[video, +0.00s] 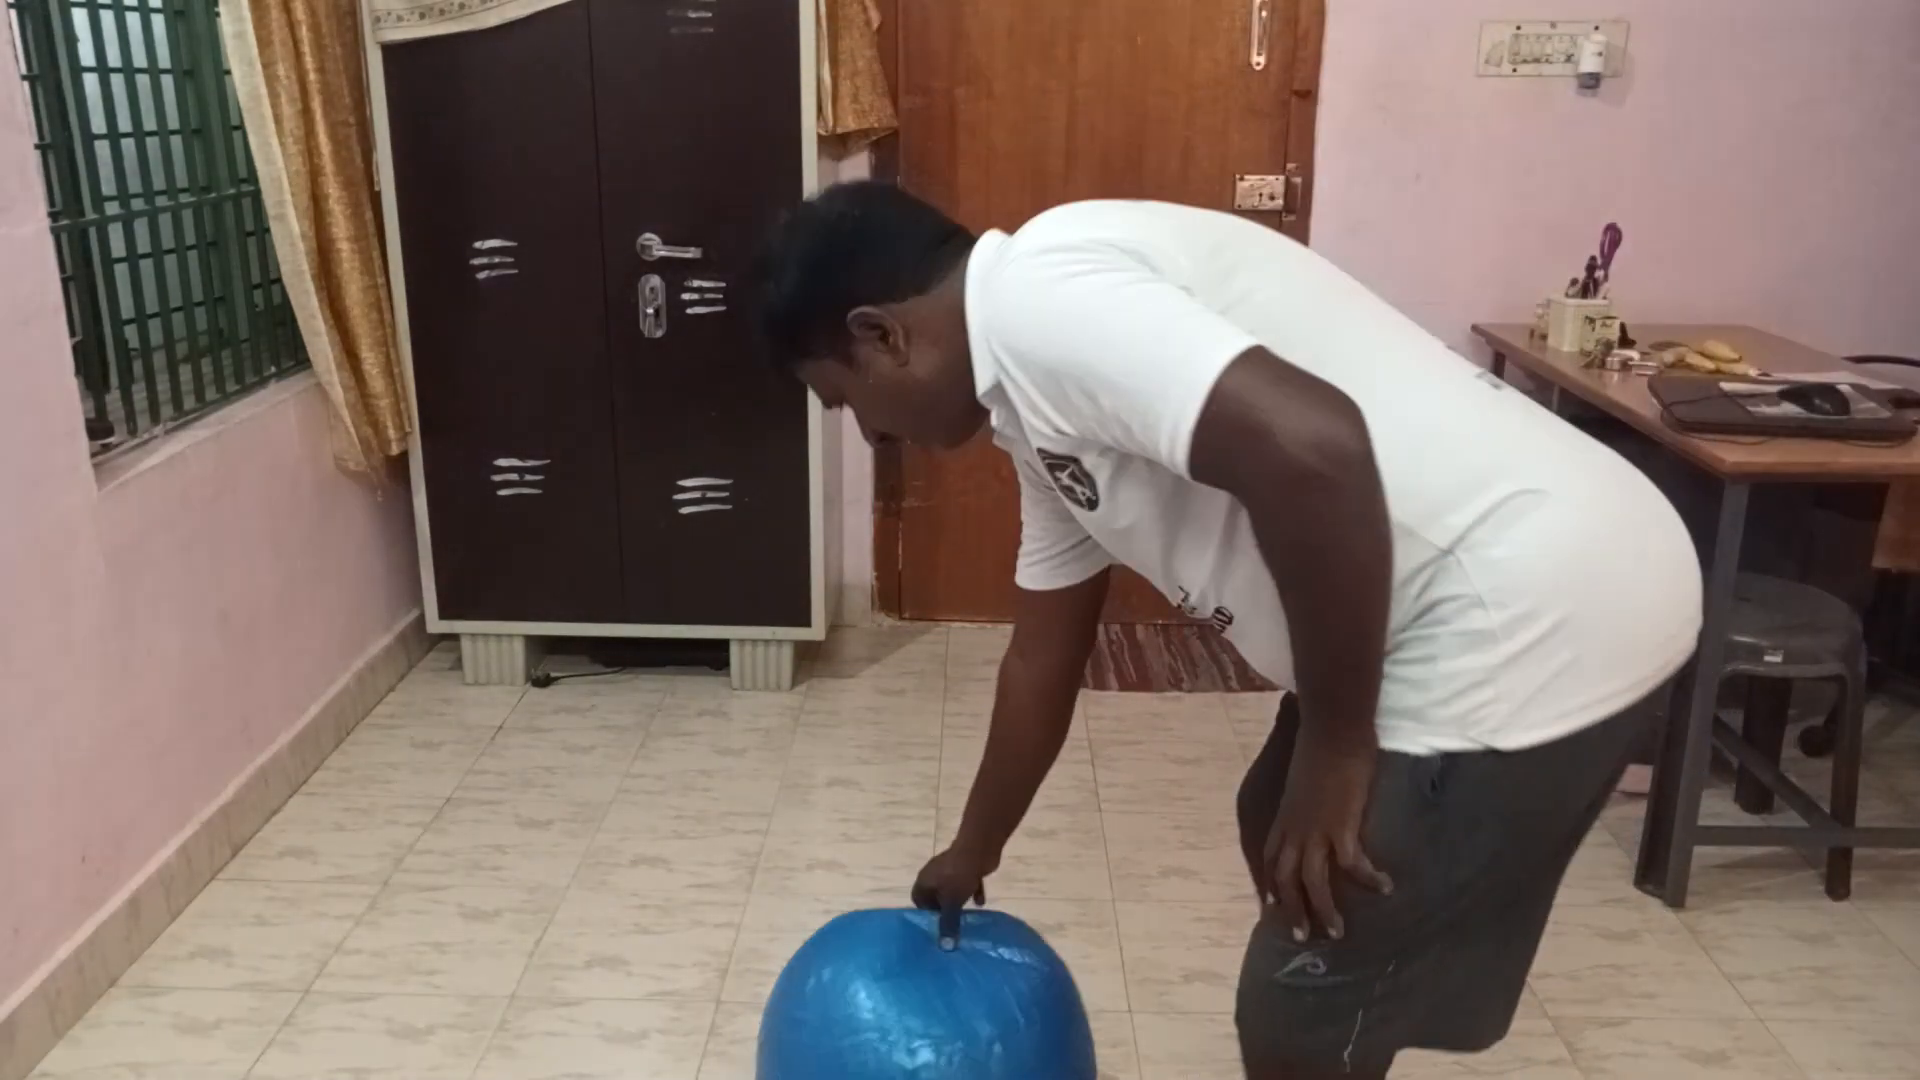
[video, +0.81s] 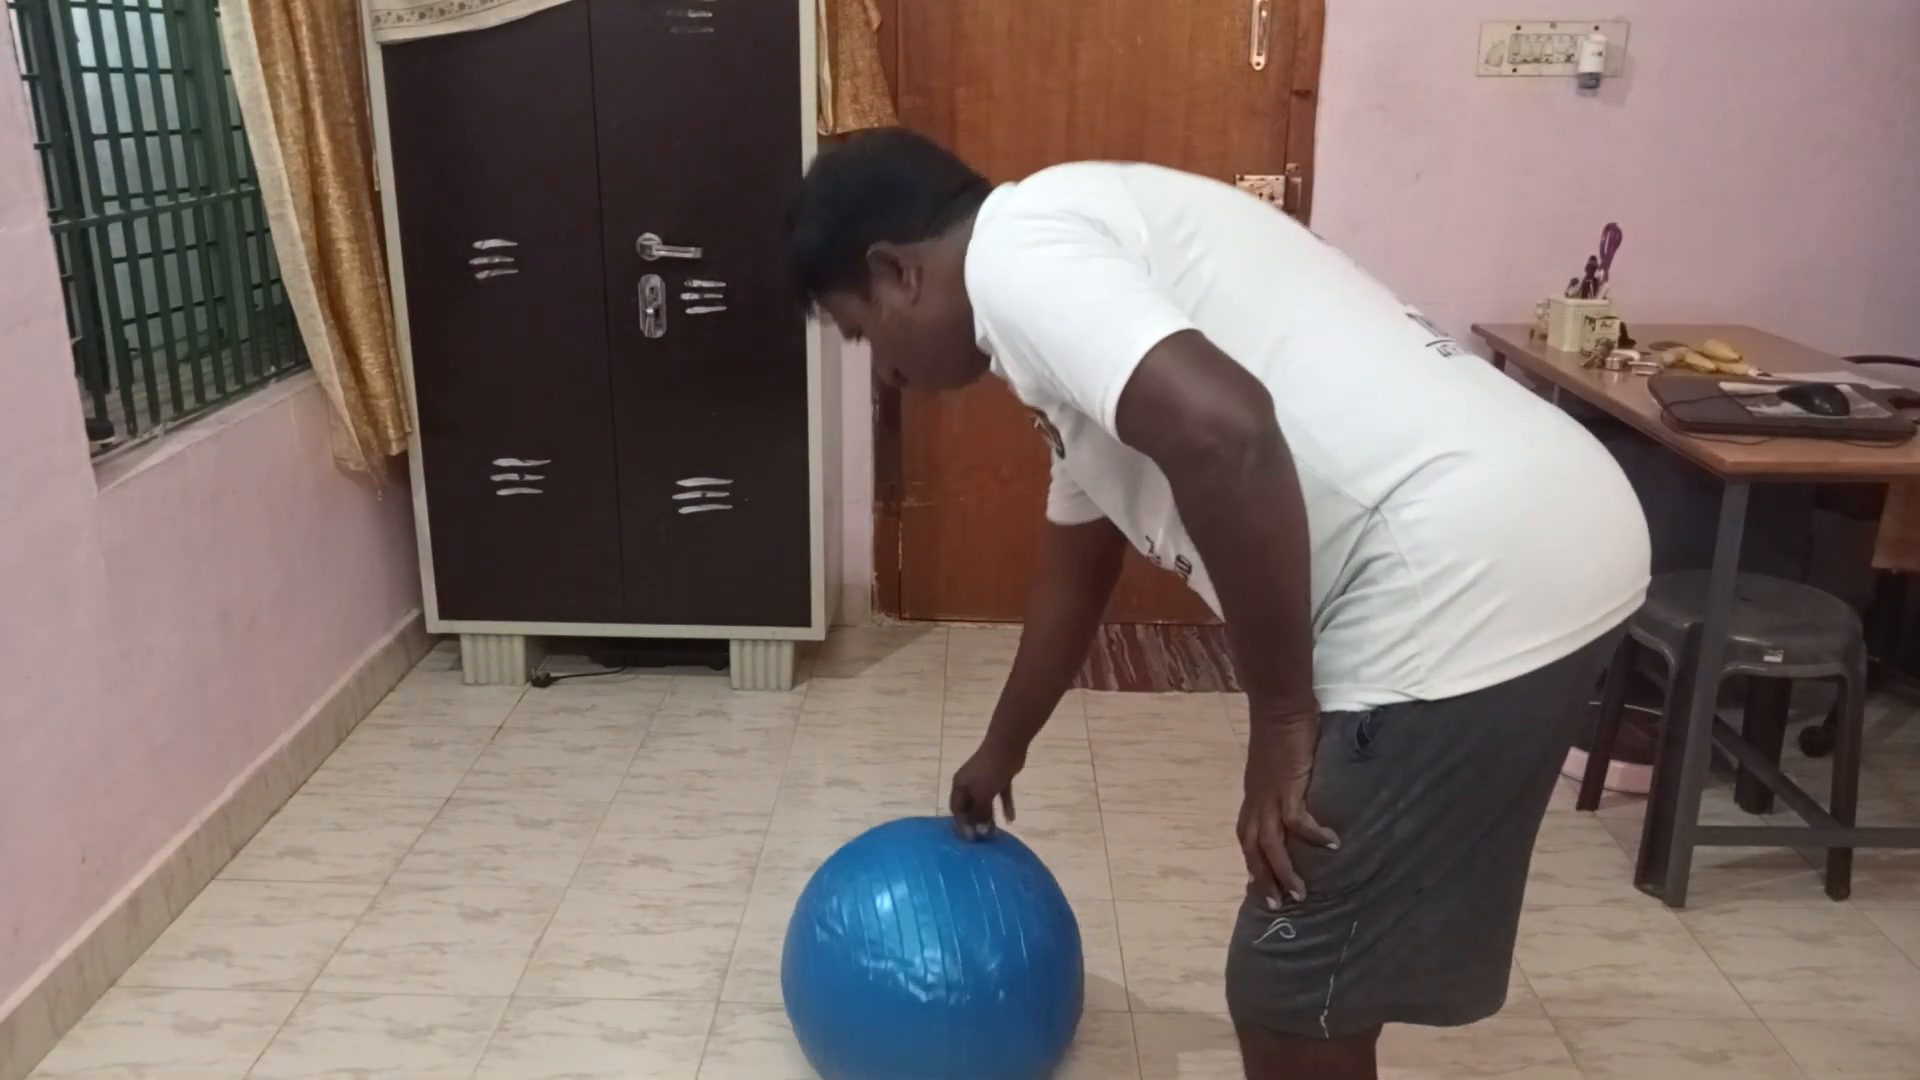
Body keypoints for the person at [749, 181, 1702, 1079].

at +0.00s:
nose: (864, 426)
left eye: (838, 390)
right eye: (835, 402)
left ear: (880, 332)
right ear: (900, 319)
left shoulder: (1033, 300)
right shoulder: (1043, 406)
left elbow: (1313, 452)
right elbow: (1044, 657)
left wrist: (1337, 754)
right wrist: (972, 848)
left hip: (1527, 603)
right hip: (1451, 590)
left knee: (1304, 1012)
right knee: (1279, 818)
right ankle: (1352, 1034)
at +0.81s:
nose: (879, 370)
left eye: (856, 331)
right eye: (853, 342)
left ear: (896, 268)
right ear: (911, 254)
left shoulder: (1018, 252)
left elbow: (1228, 435)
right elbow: (1076, 561)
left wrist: (1280, 724)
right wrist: (1001, 746)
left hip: (1462, 577)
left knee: (1291, 989)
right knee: (1316, 976)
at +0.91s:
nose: (879, 323)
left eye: (861, 283)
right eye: (856, 295)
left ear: (911, 223)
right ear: (922, 215)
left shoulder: (1034, 223)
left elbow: (1233, 430)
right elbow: (1103, 532)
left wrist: (1280, 722)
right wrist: (1013, 716)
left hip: (1461, 568)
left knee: (1296, 981)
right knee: (1324, 967)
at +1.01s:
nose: (891, 265)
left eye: (876, 222)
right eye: (871, 235)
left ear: (931, 160)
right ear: (936, 154)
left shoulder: (1057, 179)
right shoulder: (1121, 144)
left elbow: (1235, 415)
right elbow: (1160, 477)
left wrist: (1275, 719)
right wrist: (1048, 681)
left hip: (1454, 562)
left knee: (1304, 986)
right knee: (1323, 974)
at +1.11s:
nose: (910, 188)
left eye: (903, 141)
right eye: (892, 157)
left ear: (972, 79)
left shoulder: (1087, 125)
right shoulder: (1168, 86)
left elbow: (1236, 389)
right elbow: (1204, 434)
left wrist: (1265, 692)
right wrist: (1102, 651)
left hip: (1438, 563)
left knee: (1306, 979)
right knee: (1328, 970)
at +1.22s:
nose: (949, 112)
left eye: (947, 66)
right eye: (931, 86)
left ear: (1023, 9)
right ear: (1037, 9)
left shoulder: (1133, 74)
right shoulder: (1199, 46)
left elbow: (1258, 359)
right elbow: (1233, 388)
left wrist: (1254, 669)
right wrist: (1157, 622)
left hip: (1422, 561)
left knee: (1305, 979)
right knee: (1327, 969)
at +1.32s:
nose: (988, 43)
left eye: (994, 6)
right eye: (977, 21)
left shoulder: (1185, 48)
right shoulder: (1224, 34)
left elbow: (1306, 324)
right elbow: (1261, 348)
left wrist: (1258, 630)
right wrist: (1210, 596)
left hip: (1418, 546)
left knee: (1322, 967)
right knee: (1331, 956)